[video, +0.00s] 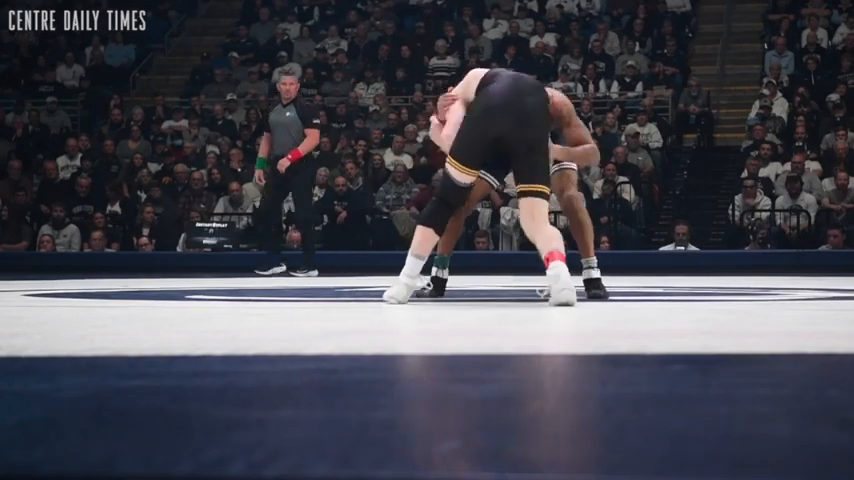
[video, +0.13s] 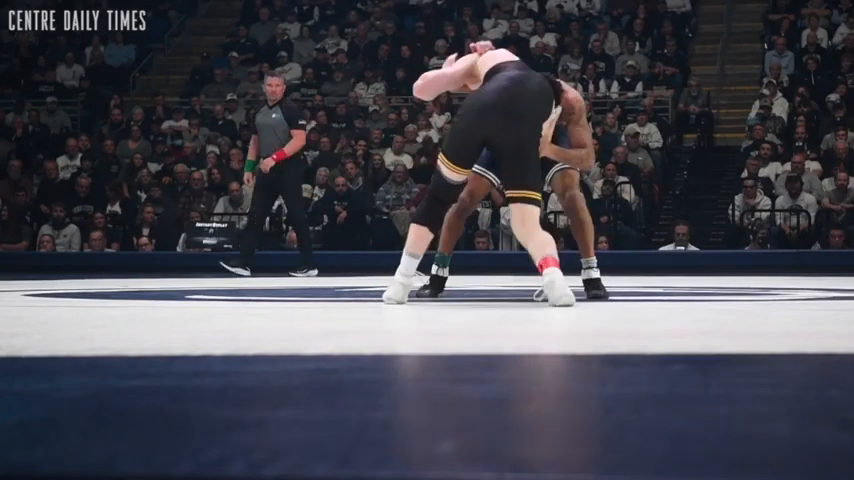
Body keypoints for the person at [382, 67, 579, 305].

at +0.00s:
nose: (450, 119)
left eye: (446, 114)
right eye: (446, 116)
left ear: (450, 100)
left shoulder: (460, 93)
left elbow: (450, 141)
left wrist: (436, 134)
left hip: (489, 108)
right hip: (535, 113)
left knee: (445, 201)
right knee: (536, 217)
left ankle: (406, 281)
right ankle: (559, 274)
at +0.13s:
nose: (458, 86)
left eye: (458, 80)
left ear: (464, 61)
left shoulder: (471, 63)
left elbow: (420, 89)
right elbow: (541, 144)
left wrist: (446, 67)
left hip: (496, 95)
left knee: (438, 197)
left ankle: (402, 281)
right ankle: (554, 277)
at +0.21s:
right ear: (553, 87)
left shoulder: (490, 44)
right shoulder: (549, 94)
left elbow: (424, 58)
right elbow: (535, 129)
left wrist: (469, 57)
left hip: (464, 106)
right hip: (510, 121)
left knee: (431, 194)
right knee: (520, 215)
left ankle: (399, 279)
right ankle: (553, 278)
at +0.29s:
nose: (561, 99)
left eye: (565, 94)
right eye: (562, 92)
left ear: (539, 54)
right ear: (552, 76)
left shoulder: (491, 36)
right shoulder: (539, 80)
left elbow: (435, 29)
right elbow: (544, 124)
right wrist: (563, 95)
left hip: (440, 101)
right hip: (486, 113)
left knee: (419, 190)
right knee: (518, 208)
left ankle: (396, 281)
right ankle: (553, 282)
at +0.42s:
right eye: (550, 59)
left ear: (525, 35)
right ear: (546, 55)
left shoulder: (491, 28)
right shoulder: (533, 69)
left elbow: (451, 32)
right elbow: (539, 107)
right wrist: (558, 74)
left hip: (431, 98)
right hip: (474, 109)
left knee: (414, 192)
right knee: (502, 201)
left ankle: (397, 281)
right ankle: (517, 280)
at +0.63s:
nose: (546, 58)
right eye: (547, 55)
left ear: (518, 35)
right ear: (543, 50)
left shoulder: (490, 34)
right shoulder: (540, 73)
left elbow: (445, 59)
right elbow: (534, 116)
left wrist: (477, 55)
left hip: (448, 103)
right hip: (492, 114)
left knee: (426, 191)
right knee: (499, 195)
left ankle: (400, 281)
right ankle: (510, 284)